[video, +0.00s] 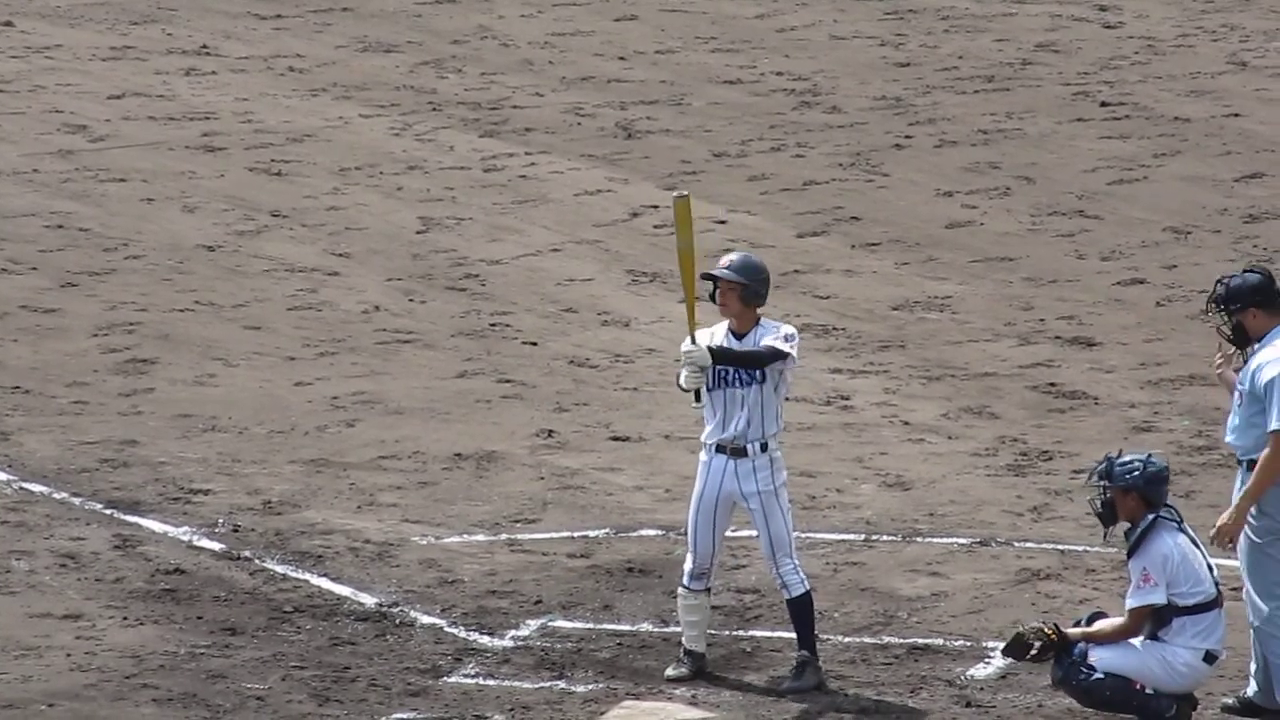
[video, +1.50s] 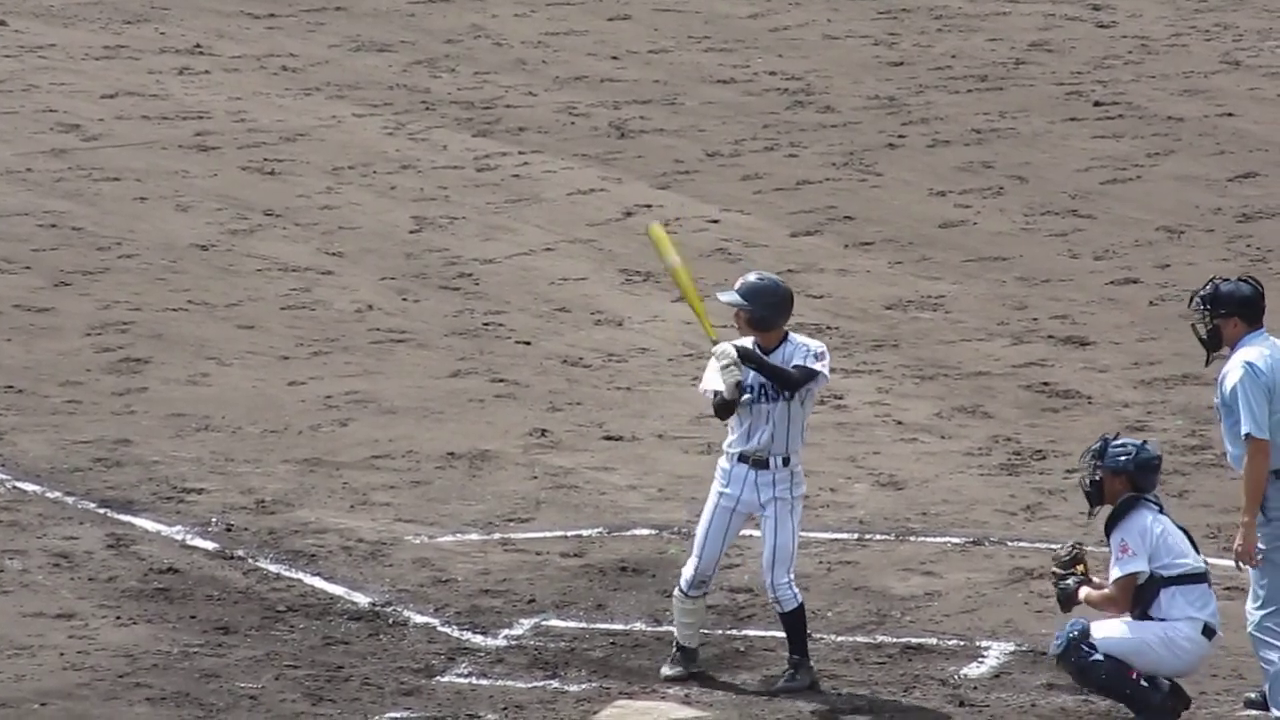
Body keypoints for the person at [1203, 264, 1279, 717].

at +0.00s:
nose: (1230, 321)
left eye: (1233, 313)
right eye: (1229, 313)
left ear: (1253, 315)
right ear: (1261, 312)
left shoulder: (1272, 365)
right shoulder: (1264, 354)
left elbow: (1275, 448)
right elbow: (1259, 410)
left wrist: (1240, 509)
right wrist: (1232, 380)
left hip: (1266, 496)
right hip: (1254, 489)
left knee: (1266, 600)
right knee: (1260, 596)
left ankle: (1269, 694)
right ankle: (1264, 691)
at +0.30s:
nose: (1214, 339)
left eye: (1214, 330)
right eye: (1212, 330)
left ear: (1230, 327)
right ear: (1252, 318)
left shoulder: (1253, 373)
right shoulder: (1272, 348)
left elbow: (1265, 455)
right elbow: (1267, 423)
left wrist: (1250, 533)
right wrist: (1242, 457)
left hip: (1269, 522)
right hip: (1272, 514)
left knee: (1249, 627)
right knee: (1264, 608)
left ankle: (1276, 706)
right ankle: (1263, 688)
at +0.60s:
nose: (1195, 344)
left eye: (1199, 336)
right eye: (1195, 335)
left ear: (1216, 338)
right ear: (1238, 331)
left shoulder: (1238, 383)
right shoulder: (1267, 359)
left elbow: (1268, 456)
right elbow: (1270, 455)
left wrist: (1256, 534)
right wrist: (1259, 530)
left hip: (1274, 528)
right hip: (1274, 523)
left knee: (1251, 631)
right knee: (1262, 622)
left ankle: (1275, 705)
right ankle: (1271, 697)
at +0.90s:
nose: (1188, 341)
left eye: (1192, 333)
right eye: (1188, 333)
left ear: (1210, 337)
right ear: (1229, 331)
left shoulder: (1229, 380)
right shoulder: (1260, 358)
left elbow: (1259, 458)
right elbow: (1268, 451)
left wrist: (1246, 529)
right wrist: (1266, 505)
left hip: (1275, 506)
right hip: (1274, 504)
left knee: (1274, 608)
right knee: (1274, 602)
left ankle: (1276, 692)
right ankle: (1275, 690)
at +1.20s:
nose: (1198, 331)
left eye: (1203, 324)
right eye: (1199, 323)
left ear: (1220, 327)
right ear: (1241, 322)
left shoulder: (1239, 371)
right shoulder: (1264, 352)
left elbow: (1258, 451)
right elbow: (1262, 447)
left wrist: (1232, 517)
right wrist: (1239, 513)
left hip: (1274, 497)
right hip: (1273, 494)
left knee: (1267, 610)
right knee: (1268, 603)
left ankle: (1277, 701)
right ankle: (1274, 695)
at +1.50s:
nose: (1208, 324)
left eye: (1213, 317)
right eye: (1210, 316)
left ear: (1232, 322)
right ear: (1251, 318)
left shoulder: (1246, 368)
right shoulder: (1269, 349)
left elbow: (1259, 449)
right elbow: (1263, 447)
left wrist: (1248, 522)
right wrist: (1254, 517)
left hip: (1272, 502)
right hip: (1272, 496)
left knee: (1264, 616)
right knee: (1267, 605)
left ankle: (1277, 700)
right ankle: (1274, 691)